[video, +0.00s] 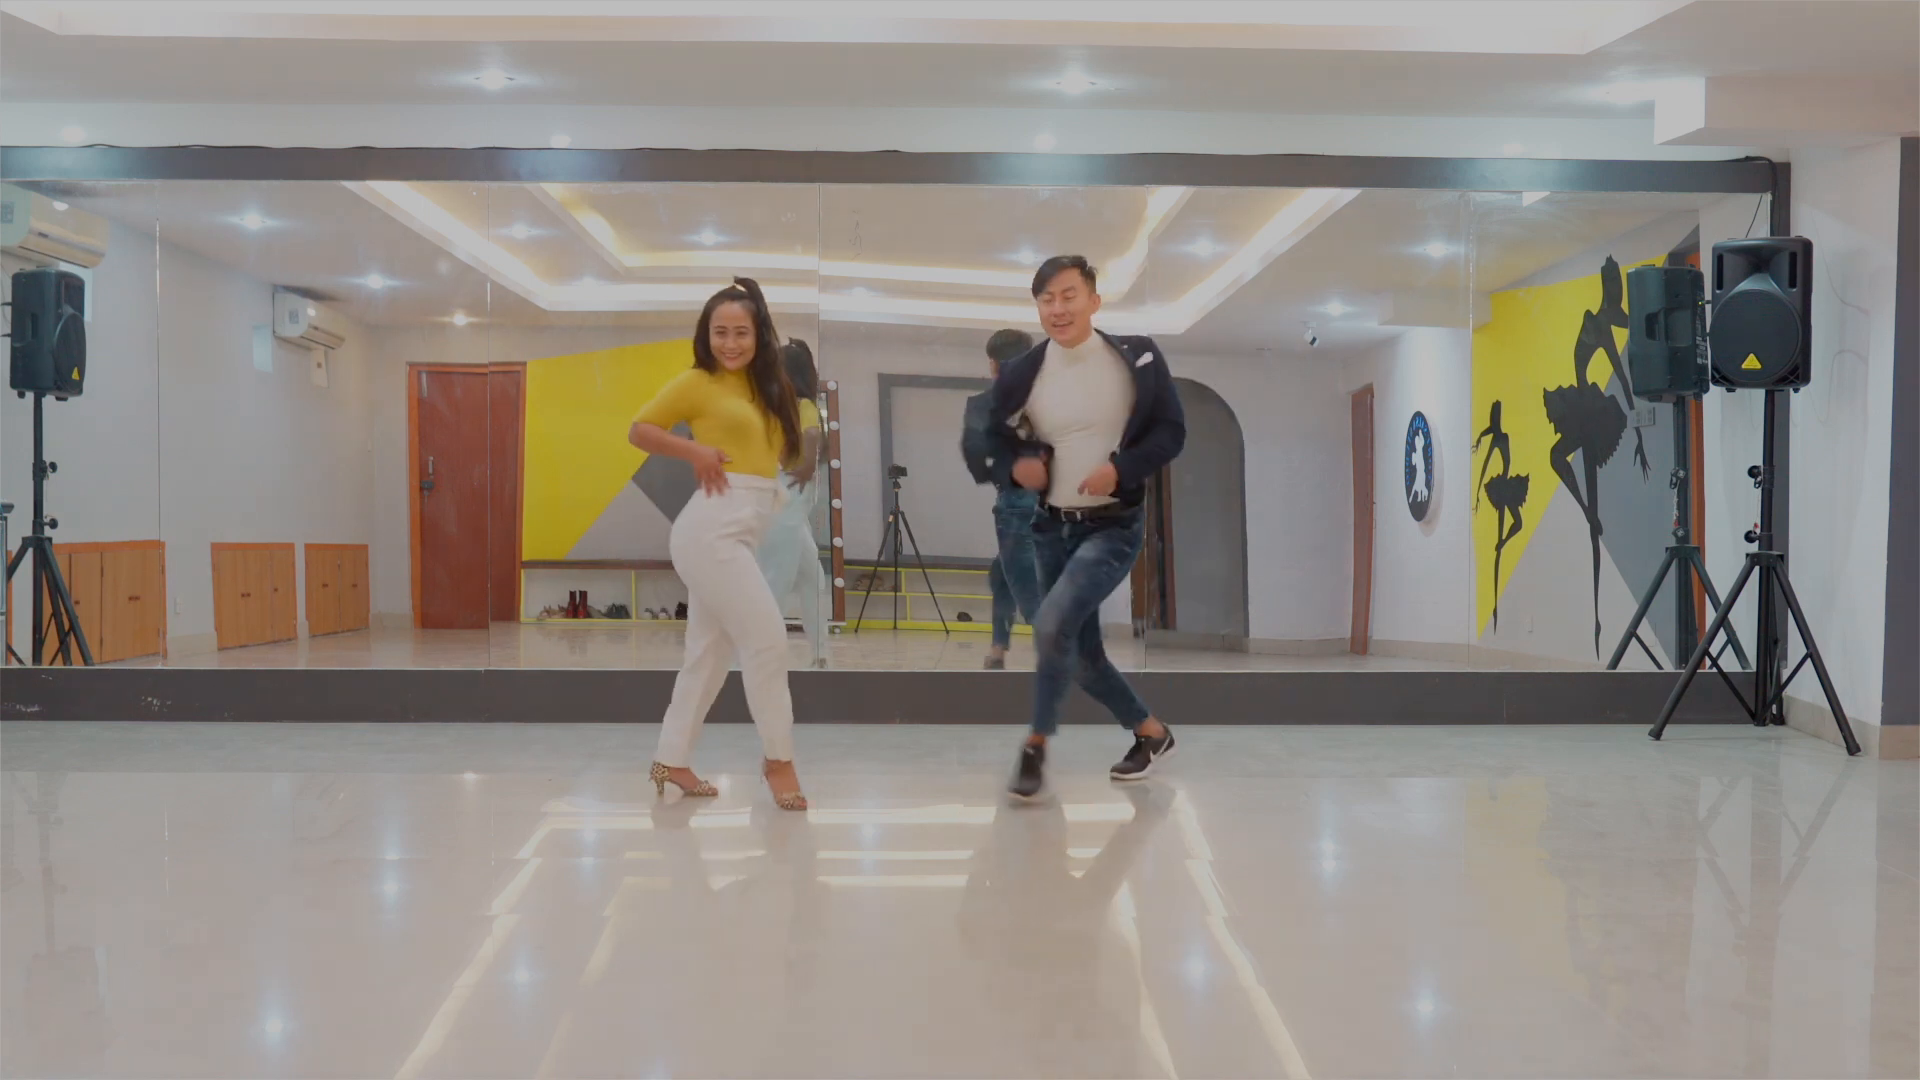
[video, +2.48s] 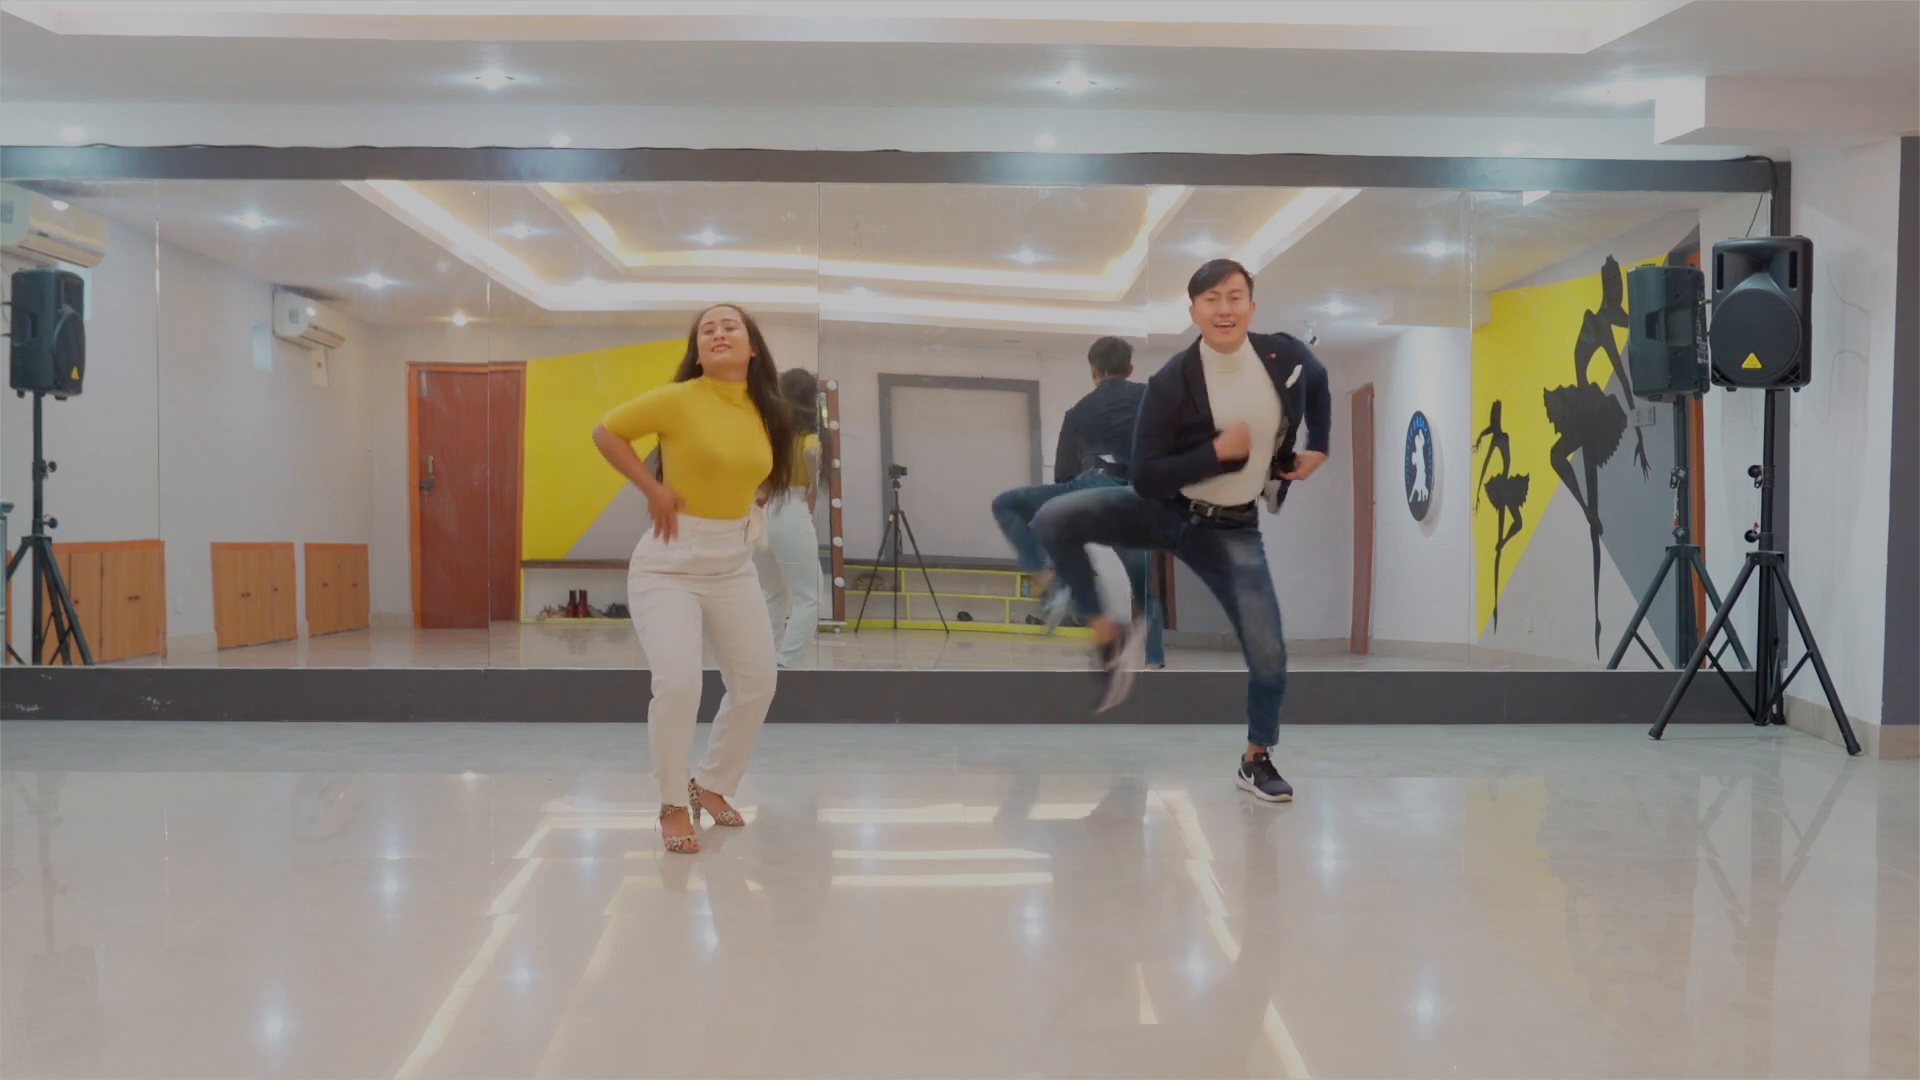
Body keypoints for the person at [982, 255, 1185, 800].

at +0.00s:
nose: (1058, 308)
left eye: (1069, 295)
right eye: (1047, 300)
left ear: (1094, 301)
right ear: (1037, 310)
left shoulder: (1137, 356)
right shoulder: (1024, 370)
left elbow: (1170, 433)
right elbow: (986, 439)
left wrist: (1121, 468)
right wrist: (1014, 462)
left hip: (1112, 523)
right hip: (1051, 527)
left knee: (1053, 620)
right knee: (1084, 656)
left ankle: (1034, 747)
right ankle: (1151, 731)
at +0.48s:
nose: (1065, 260)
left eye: (1076, 249)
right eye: (1054, 249)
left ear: (1091, 258)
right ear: (1033, 257)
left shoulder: (1114, 316)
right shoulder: (1002, 318)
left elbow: (1149, 392)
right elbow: (943, 391)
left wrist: (1108, 443)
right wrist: (988, 409)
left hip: (1061, 481)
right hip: (992, 457)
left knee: (1024, 622)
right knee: (1037, 490)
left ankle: (966, 741)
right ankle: (986, 585)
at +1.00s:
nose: (1084, 308)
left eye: (1092, 298)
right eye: (1072, 298)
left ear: (1102, 308)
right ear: (1046, 307)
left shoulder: (1109, 378)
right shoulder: (1024, 369)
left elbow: (1117, 458)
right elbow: (1006, 441)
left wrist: (1140, 479)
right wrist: (1072, 479)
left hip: (1069, 534)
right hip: (1010, 531)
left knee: (1085, 664)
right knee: (1071, 646)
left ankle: (985, 732)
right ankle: (1074, 759)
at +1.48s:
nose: (1083, 307)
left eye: (1093, 295)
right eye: (1071, 296)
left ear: (1107, 297)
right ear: (1050, 302)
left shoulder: (1133, 363)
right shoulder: (1018, 365)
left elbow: (1146, 447)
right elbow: (951, 435)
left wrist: (1101, 497)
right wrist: (986, 455)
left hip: (1110, 521)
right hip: (1050, 520)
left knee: (1096, 650)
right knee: (1105, 641)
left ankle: (994, 724)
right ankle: (1044, 756)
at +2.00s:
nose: (1186, 314)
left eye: (1197, 301)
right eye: (1173, 301)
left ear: (1210, 295)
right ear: (1153, 297)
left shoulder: (1230, 355)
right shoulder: (1119, 362)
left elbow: (1279, 428)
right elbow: (1088, 444)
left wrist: (1261, 402)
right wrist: (1144, 489)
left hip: (1248, 508)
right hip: (1186, 518)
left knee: (1262, 645)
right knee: (1225, 643)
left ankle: (1230, 753)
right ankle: (1181, 719)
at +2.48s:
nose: (1225, 308)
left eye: (1235, 297)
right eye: (1212, 298)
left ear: (1252, 304)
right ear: (1193, 309)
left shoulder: (1284, 355)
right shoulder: (1171, 381)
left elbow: (1315, 384)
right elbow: (1148, 475)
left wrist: (1319, 448)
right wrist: (1214, 454)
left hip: (1233, 524)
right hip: (1163, 506)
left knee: (1269, 655)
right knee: (1051, 521)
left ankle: (1258, 756)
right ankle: (1106, 630)